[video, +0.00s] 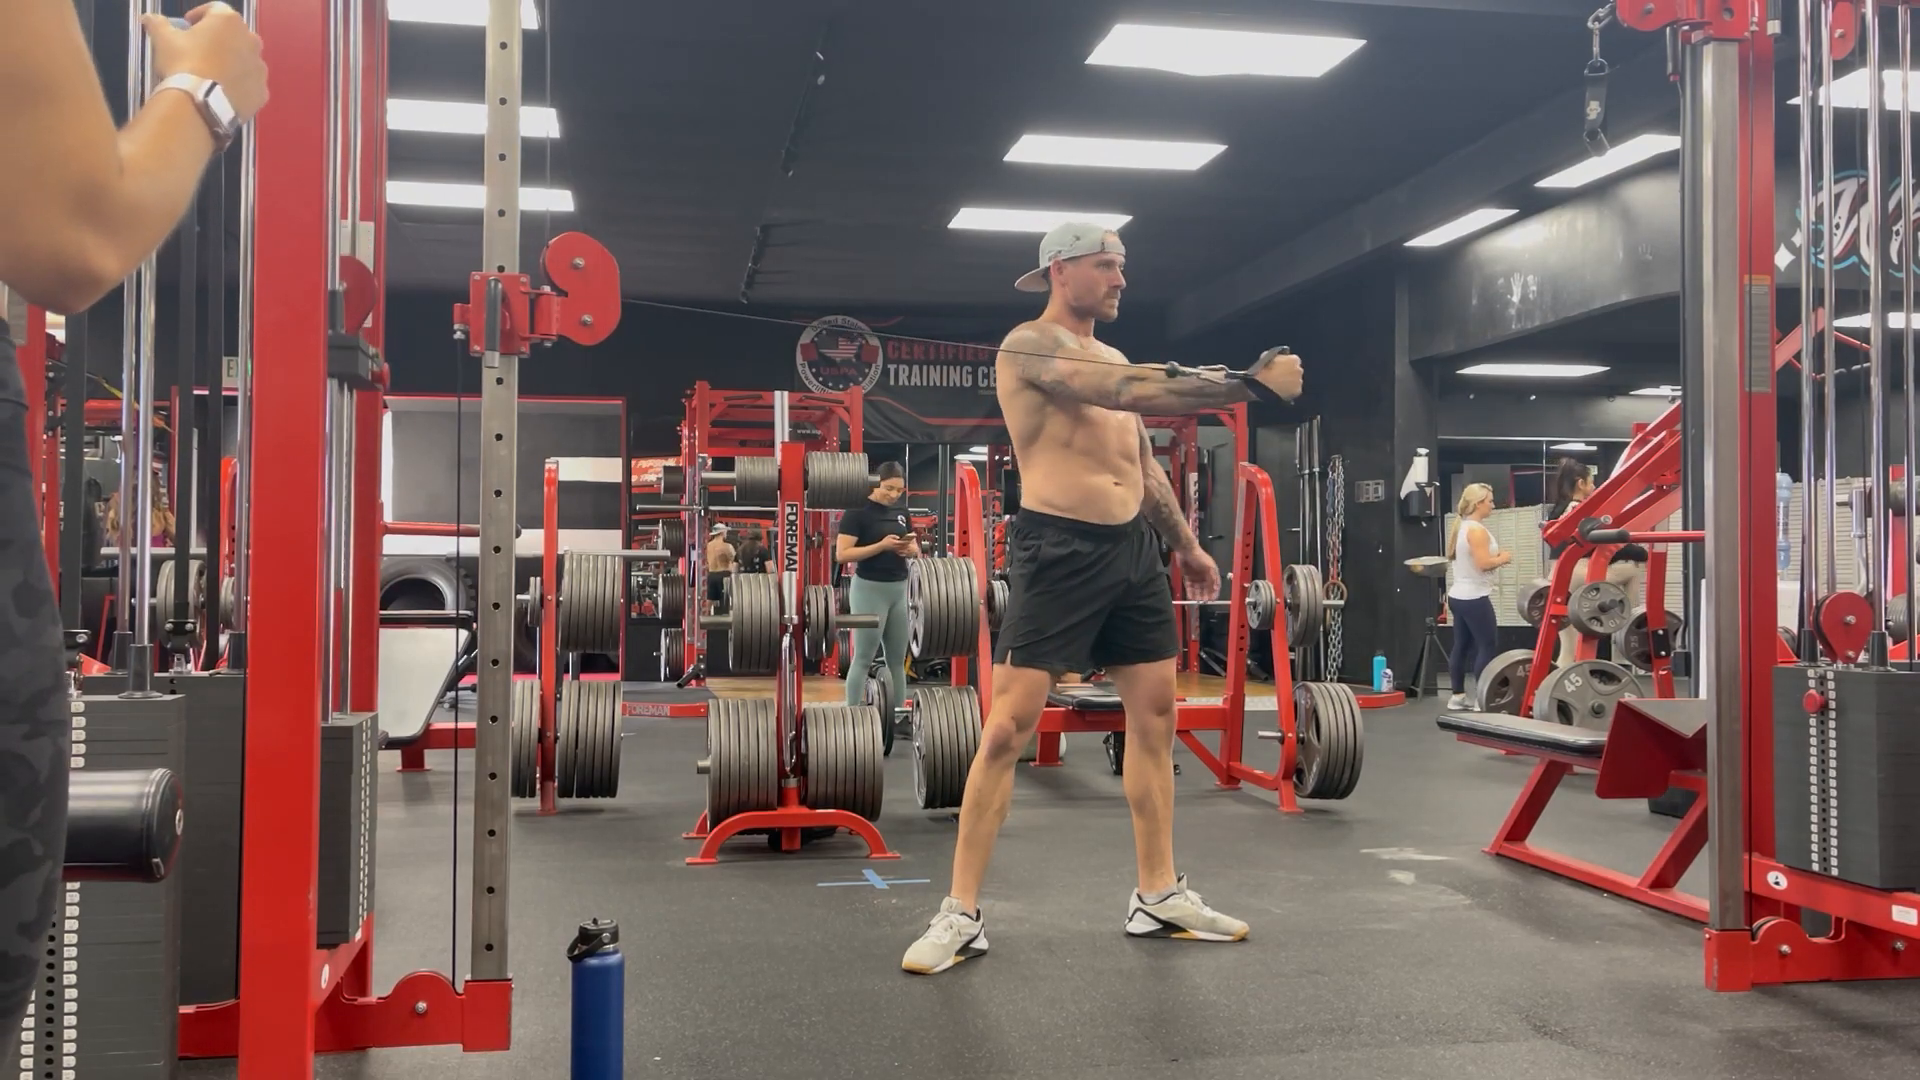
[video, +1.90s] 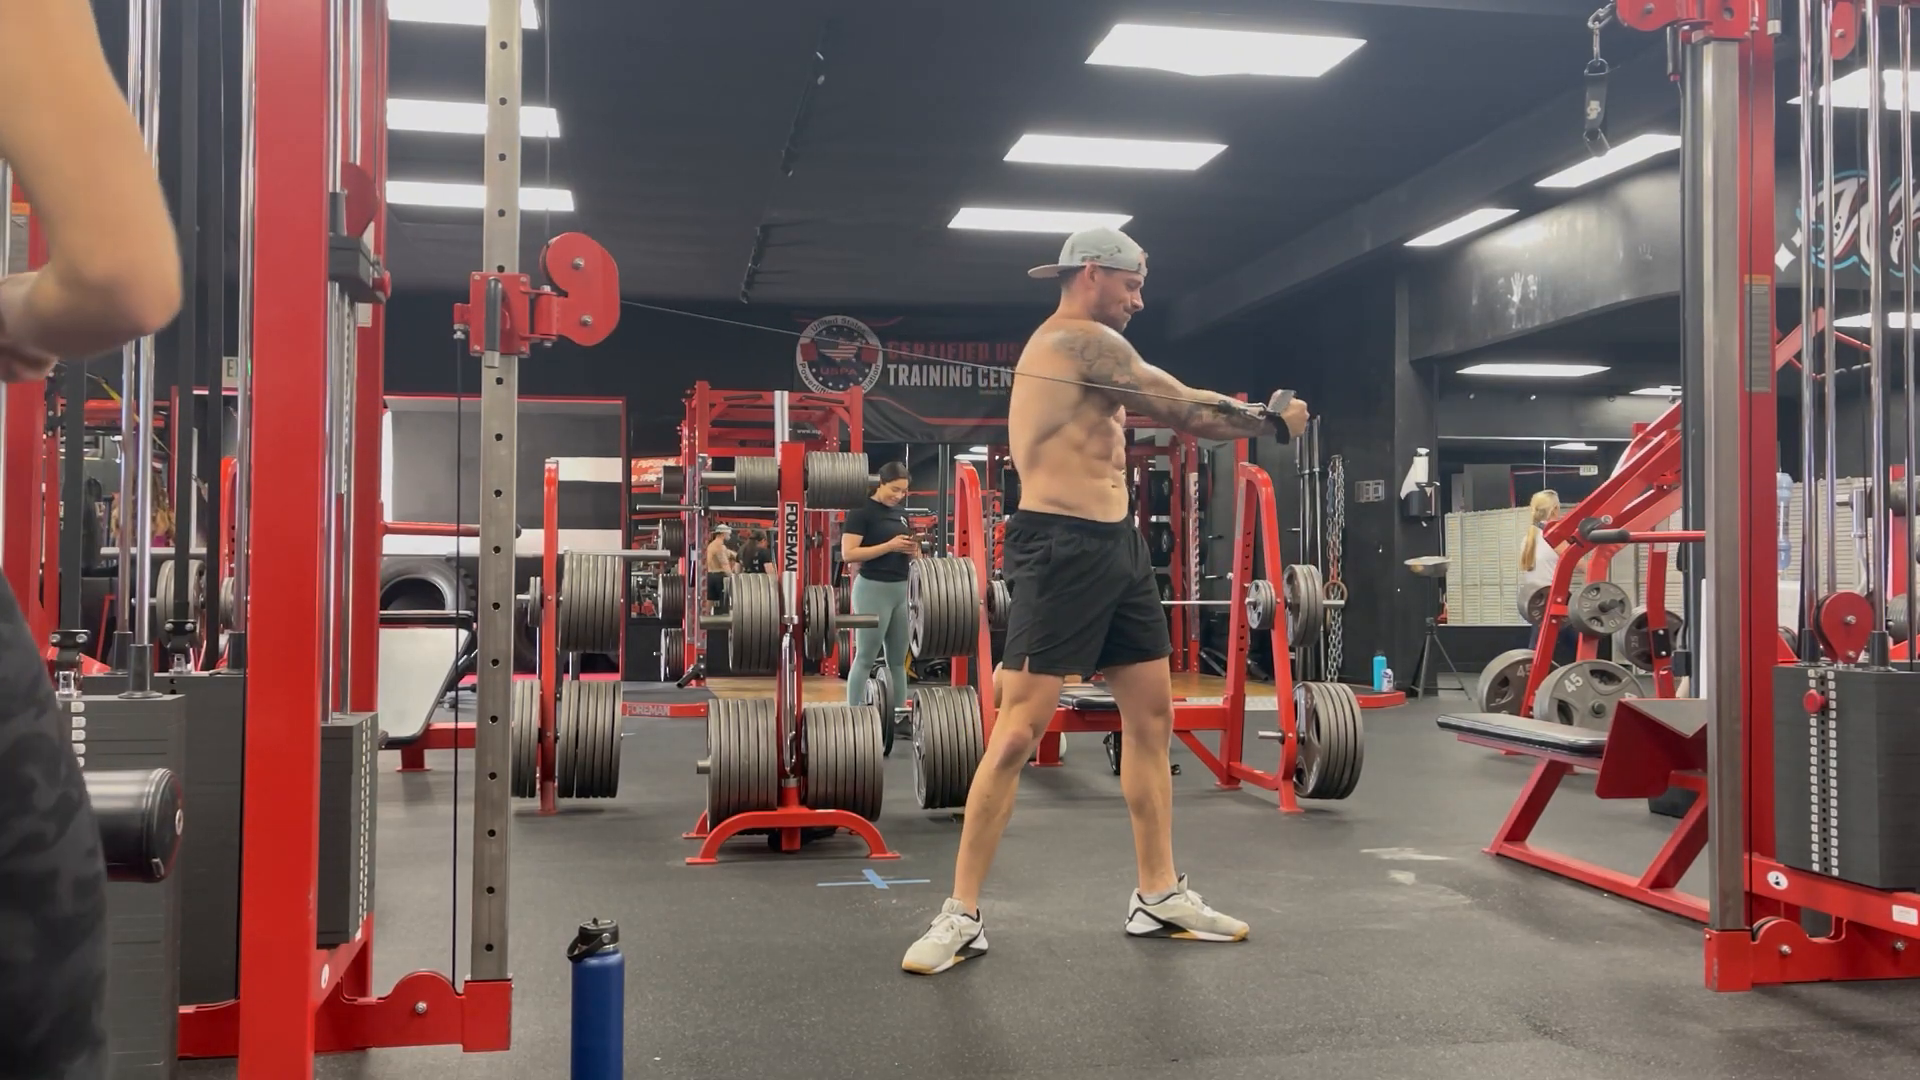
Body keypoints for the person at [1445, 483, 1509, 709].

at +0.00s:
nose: (1492, 505)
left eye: (1492, 501)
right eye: (1490, 501)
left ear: (1472, 504)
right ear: (1478, 504)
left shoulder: (1461, 527)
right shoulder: (1477, 530)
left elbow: (1463, 558)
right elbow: (1482, 563)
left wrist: (1496, 557)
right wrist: (1502, 559)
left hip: (1458, 595)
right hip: (1475, 598)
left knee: (1460, 645)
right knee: (1487, 646)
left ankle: (1458, 695)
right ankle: (1482, 697)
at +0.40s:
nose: (1499, 506)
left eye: (1499, 502)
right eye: (1497, 502)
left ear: (1477, 505)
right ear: (1486, 505)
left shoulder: (1467, 528)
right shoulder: (1489, 531)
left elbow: (1470, 559)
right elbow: (1510, 562)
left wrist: (1501, 563)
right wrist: (1518, 564)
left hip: (1466, 598)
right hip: (1488, 601)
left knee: (1464, 648)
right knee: (1506, 647)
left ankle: (1458, 695)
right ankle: (1508, 696)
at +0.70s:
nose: (1516, 503)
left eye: (1515, 499)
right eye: (1513, 499)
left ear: (1492, 503)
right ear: (1505, 503)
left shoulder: (1482, 530)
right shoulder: (1509, 530)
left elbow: (1497, 560)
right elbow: (1538, 560)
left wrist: (1527, 561)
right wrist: (1541, 565)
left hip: (1484, 600)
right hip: (1505, 601)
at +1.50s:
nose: (1535, 506)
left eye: (1534, 502)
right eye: (1533, 503)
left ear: (1512, 507)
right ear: (1526, 506)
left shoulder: (1504, 531)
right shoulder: (1533, 530)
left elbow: (1500, 561)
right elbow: (1553, 553)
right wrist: (1560, 554)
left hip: (1509, 595)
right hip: (1533, 595)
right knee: (1529, 640)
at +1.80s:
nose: (1552, 508)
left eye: (1551, 504)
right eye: (1551, 504)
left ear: (1528, 507)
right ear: (1546, 507)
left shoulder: (1520, 532)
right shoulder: (1551, 530)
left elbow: (1519, 561)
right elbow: (1568, 556)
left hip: (1522, 594)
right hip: (1546, 595)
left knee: (1531, 638)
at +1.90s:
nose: (1559, 512)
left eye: (1558, 508)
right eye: (1558, 508)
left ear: (1536, 511)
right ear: (1554, 511)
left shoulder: (1530, 535)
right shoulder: (1554, 535)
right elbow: (1577, 562)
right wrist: (1594, 569)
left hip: (1531, 595)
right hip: (1551, 596)